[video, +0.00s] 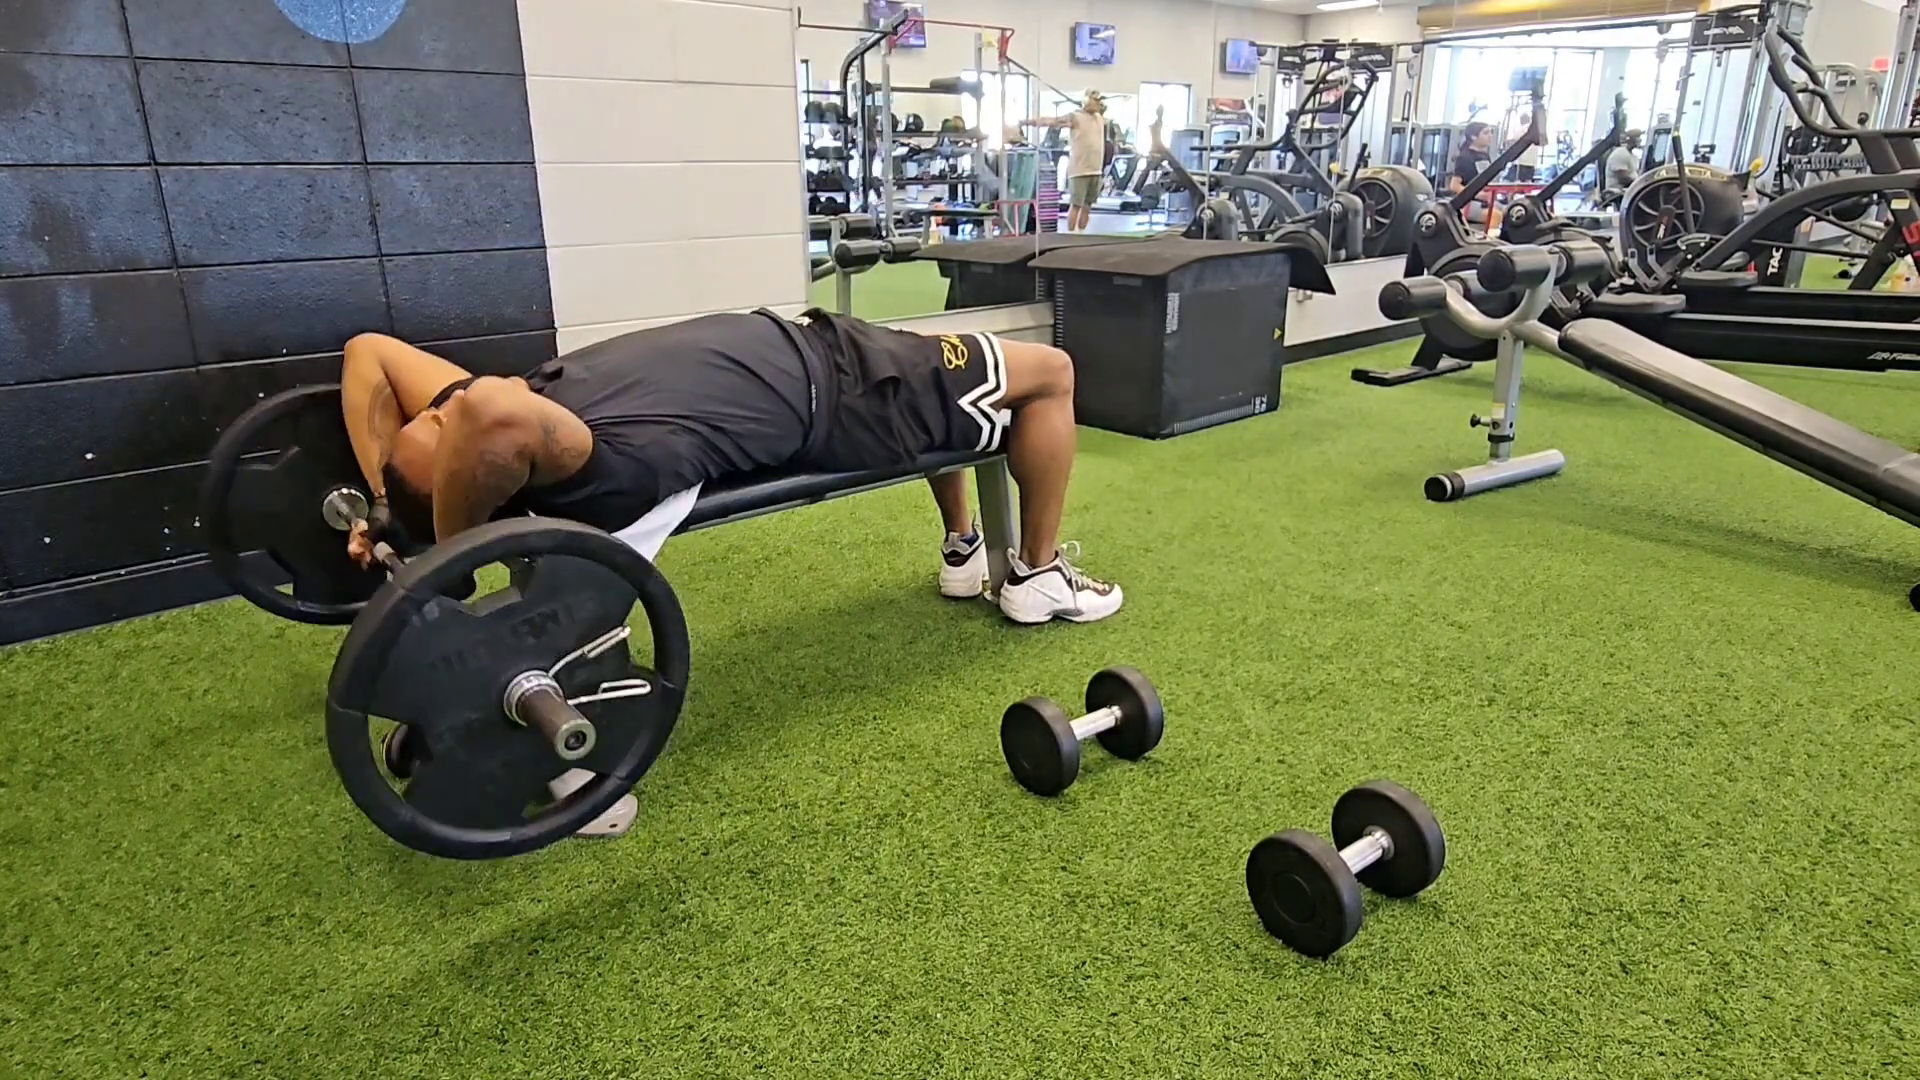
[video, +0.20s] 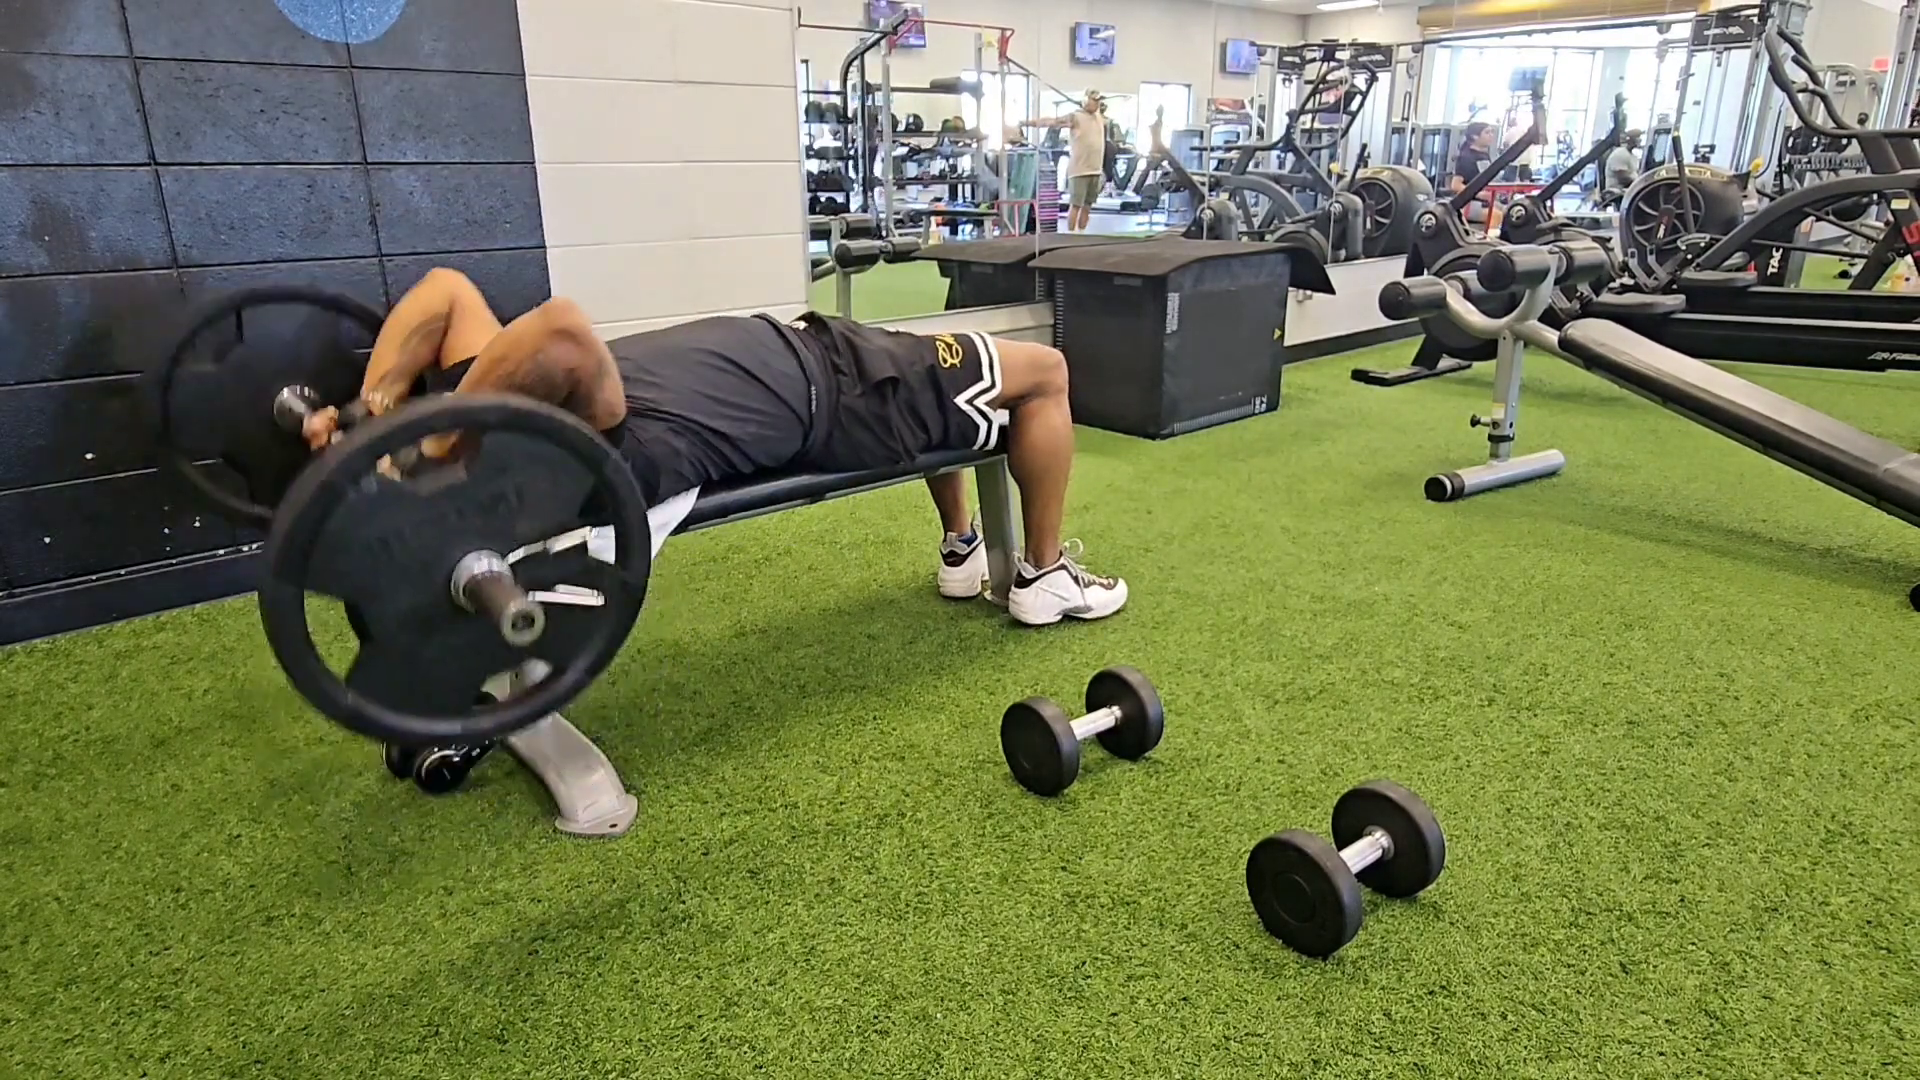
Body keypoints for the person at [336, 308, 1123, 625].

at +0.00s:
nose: (446, 397)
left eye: (430, 412)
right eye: (444, 421)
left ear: (426, 467)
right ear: (483, 470)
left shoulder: (495, 417)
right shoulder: (595, 464)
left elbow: (368, 347)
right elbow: (491, 412)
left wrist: (378, 485)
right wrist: (437, 551)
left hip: (780, 340)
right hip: (836, 382)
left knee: (930, 342)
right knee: (1049, 372)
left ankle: (966, 547)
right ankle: (1037, 574)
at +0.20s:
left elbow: (447, 287)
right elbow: (561, 332)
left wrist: (367, 406)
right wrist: (418, 433)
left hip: (774, 340)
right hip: (833, 389)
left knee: (926, 360)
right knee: (1042, 371)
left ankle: (966, 544)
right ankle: (1042, 572)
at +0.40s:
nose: (436, 438)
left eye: (425, 445)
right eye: (438, 452)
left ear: (434, 444)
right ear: (468, 475)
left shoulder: (491, 402)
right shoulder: (547, 426)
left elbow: (574, 320)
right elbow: (582, 318)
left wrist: (459, 320)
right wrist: (469, 323)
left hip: (767, 347)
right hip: (810, 387)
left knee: (929, 342)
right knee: (1043, 372)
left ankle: (965, 546)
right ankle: (1053, 576)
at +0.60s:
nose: (479, 390)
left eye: (457, 401)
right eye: (471, 417)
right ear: (508, 483)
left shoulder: (548, 405)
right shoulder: (608, 474)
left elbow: (640, 379)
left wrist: (583, 326)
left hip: (793, 366)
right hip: (844, 420)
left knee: (933, 341)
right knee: (1053, 372)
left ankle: (965, 545)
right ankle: (1052, 577)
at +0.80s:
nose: (487, 386)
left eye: (462, 395)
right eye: (476, 415)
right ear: (511, 485)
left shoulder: (539, 396)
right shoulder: (632, 483)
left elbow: (629, 356)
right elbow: (791, 520)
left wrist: (615, 331)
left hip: (779, 372)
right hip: (840, 429)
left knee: (932, 343)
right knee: (1055, 375)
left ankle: (965, 547)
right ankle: (1049, 580)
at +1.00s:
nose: (478, 386)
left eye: (452, 398)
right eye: (466, 410)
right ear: (505, 477)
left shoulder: (546, 399)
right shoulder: (609, 473)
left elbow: (619, 339)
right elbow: (730, 474)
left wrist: (611, 282)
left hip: (772, 370)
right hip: (832, 423)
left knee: (940, 345)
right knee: (1055, 379)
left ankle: (965, 547)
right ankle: (1048, 580)